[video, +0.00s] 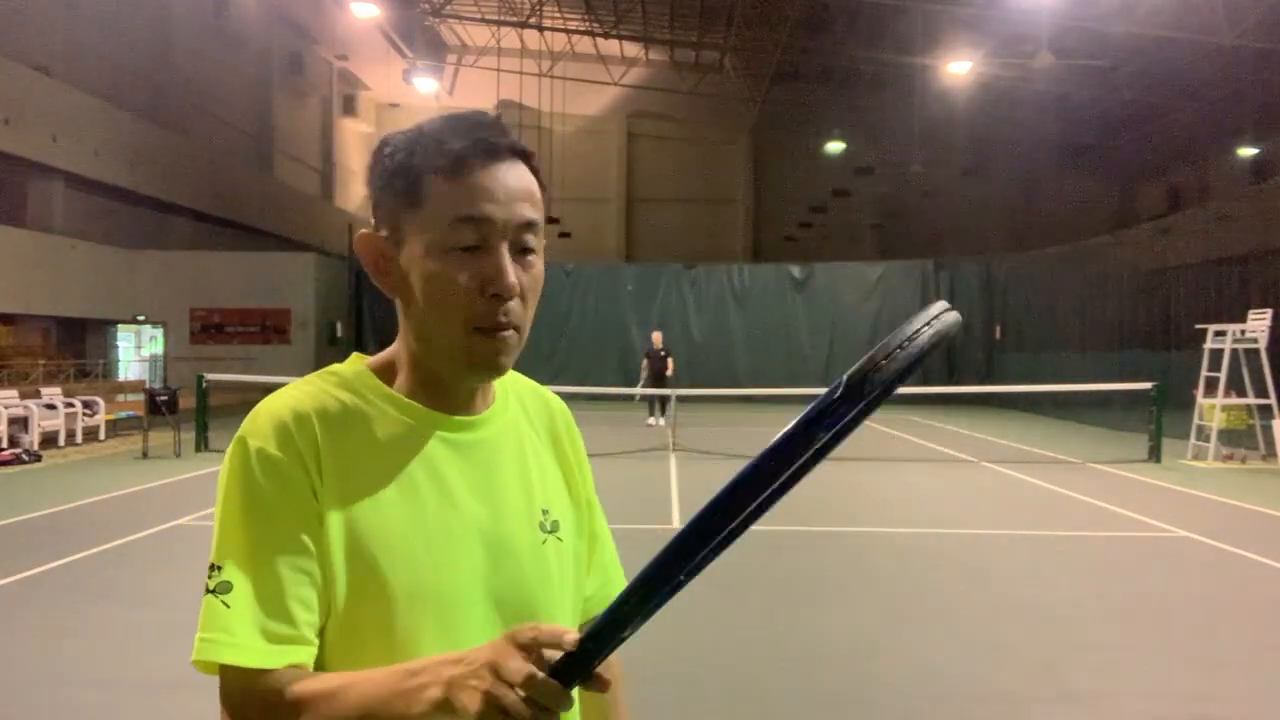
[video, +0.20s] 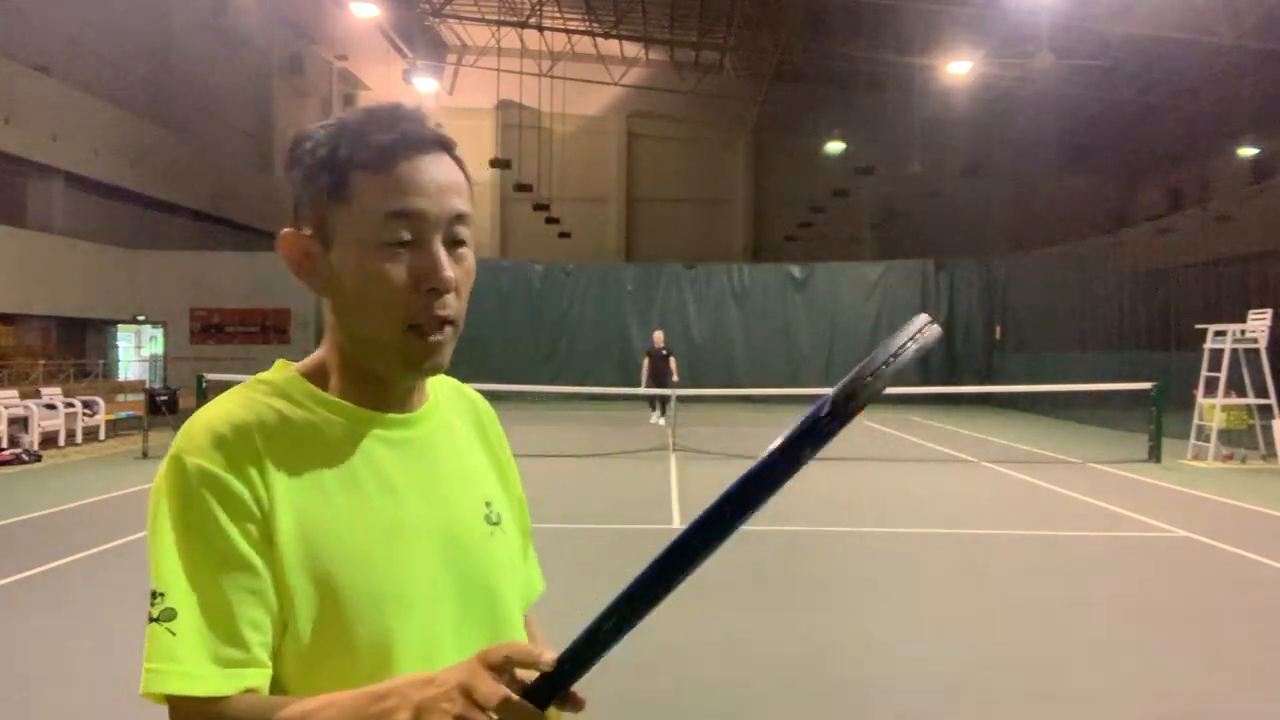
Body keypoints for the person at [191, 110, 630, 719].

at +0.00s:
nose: (507, 282)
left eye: (525, 248)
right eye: (468, 247)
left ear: (543, 256)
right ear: (383, 261)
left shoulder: (546, 420)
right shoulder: (291, 434)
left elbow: (594, 658)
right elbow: (255, 697)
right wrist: (444, 681)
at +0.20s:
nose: (443, 276)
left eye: (457, 240)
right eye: (399, 242)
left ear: (475, 245)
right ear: (307, 260)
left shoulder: (469, 418)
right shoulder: (223, 451)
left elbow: (516, 624)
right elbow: (207, 705)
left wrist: (541, 690)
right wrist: (415, 698)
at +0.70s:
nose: (288, 253)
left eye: (308, 217)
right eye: (239, 220)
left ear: (338, 239)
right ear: (162, 256)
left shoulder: (301, 415)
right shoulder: (110, 465)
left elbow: (320, 668)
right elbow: (118, 702)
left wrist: (413, 695)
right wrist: (391, 707)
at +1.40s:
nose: (305, 259)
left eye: (329, 222)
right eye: (260, 227)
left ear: (367, 243)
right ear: (203, 259)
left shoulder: (342, 404)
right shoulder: (155, 439)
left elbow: (337, 630)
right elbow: (160, 700)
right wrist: (420, 651)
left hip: (374, 710)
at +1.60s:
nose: (298, 259)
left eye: (322, 222)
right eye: (253, 228)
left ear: (361, 240)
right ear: (197, 260)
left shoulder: (339, 401)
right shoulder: (151, 442)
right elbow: (150, 701)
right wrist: (413, 659)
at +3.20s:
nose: (541, 315)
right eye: (543, 301)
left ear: (430, 306)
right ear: (537, 307)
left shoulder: (355, 410)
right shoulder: (538, 432)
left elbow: (296, 591)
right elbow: (538, 628)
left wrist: (345, 687)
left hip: (344, 708)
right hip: (474, 707)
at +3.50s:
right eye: (603, 306)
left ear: (504, 318)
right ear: (598, 305)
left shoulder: (442, 396)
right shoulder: (643, 413)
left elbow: (383, 563)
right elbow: (677, 582)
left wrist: (428, 651)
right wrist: (692, 676)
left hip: (446, 700)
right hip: (575, 702)